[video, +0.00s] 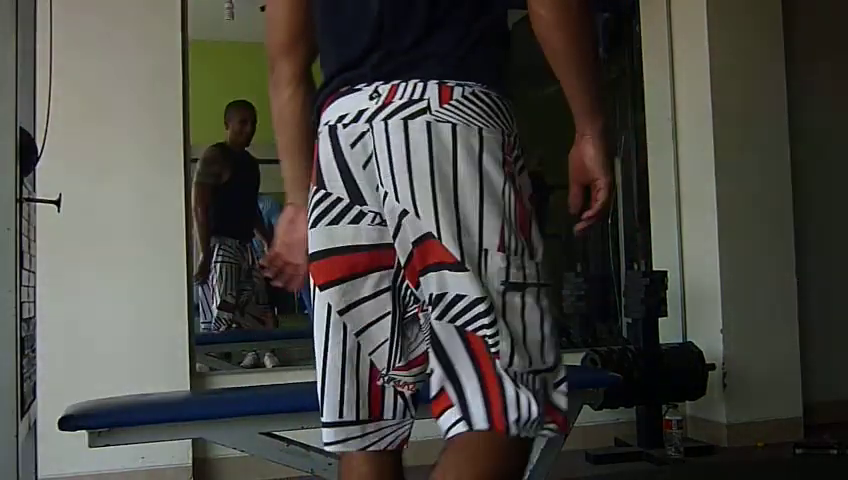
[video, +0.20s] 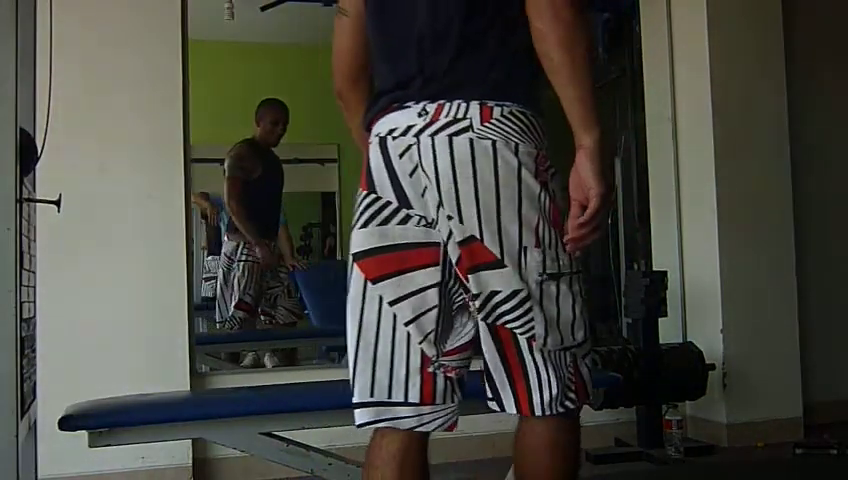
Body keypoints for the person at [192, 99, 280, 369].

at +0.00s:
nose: (249, 128)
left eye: (252, 123)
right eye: (243, 122)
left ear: (256, 126)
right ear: (228, 125)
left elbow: (252, 209)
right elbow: (199, 207)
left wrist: (271, 243)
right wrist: (205, 255)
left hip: (246, 249)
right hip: (221, 248)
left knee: (256, 316)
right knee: (223, 318)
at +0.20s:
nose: (280, 131)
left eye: (284, 125)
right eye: (275, 124)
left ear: (286, 127)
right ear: (259, 122)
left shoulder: (274, 162)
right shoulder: (241, 153)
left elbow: (274, 214)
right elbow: (232, 203)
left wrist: (287, 254)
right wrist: (259, 243)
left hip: (268, 250)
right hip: (243, 248)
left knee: (285, 313)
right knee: (238, 319)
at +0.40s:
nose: (309, 132)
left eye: (311, 127)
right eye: (303, 125)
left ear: (312, 127)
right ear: (286, 123)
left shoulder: (293, 158)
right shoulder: (272, 155)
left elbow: (292, 208)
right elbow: (265, 205)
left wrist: (304, 241)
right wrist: (298, 239)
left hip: (291, 247)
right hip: (281, 249)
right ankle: (251, 365)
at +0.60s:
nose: (334, 129)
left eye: (336, 123)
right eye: (332, 122)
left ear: (312, 120)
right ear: (315, 119)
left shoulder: (311, 153)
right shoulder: (295, 149)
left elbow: (310, 203)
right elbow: (281, 197)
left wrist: (329, 239)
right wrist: (308, 241)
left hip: (314, 239)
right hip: (314, 241)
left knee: (322, 312)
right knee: (367, 295)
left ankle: (321, 375)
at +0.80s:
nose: (358, 130)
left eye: (359, 124)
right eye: (355, 123)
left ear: (334, 123)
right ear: (339, 122)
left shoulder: (329, 152)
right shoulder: (319, 149)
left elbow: (334, 212)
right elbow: (305, 195)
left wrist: (362, 242)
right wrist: (331, 240)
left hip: (324, 242)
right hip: (334, 241)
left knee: (345, 316)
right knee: (395, 290)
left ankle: (324, 378)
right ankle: (408, 364)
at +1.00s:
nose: (380, 135)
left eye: (379, 129)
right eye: (376, 129)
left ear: (352, 131)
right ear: (363, 131)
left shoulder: (341, 157)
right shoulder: (350, 156)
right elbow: (348, 201)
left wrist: (373, 247)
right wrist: (378, 243)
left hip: (335, 253)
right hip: (345, 253)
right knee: (402, 314)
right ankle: (408, 389)